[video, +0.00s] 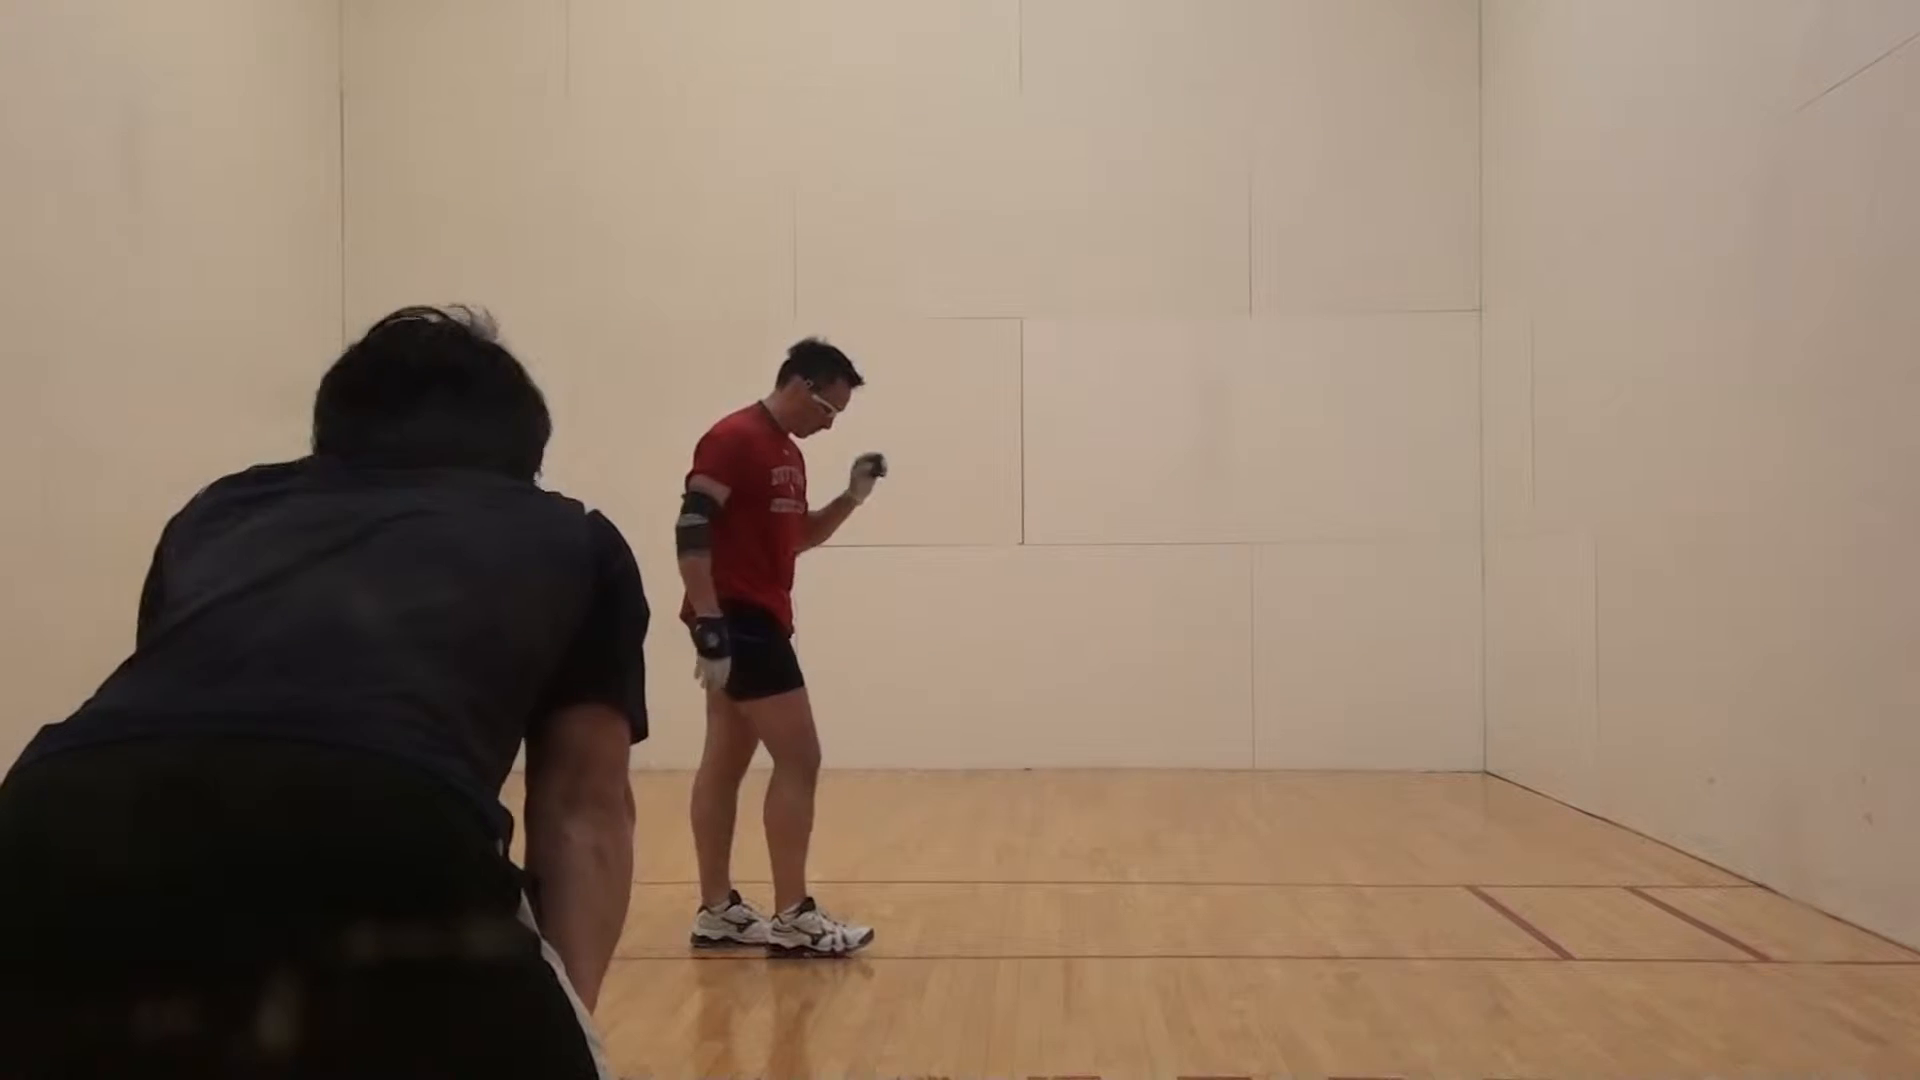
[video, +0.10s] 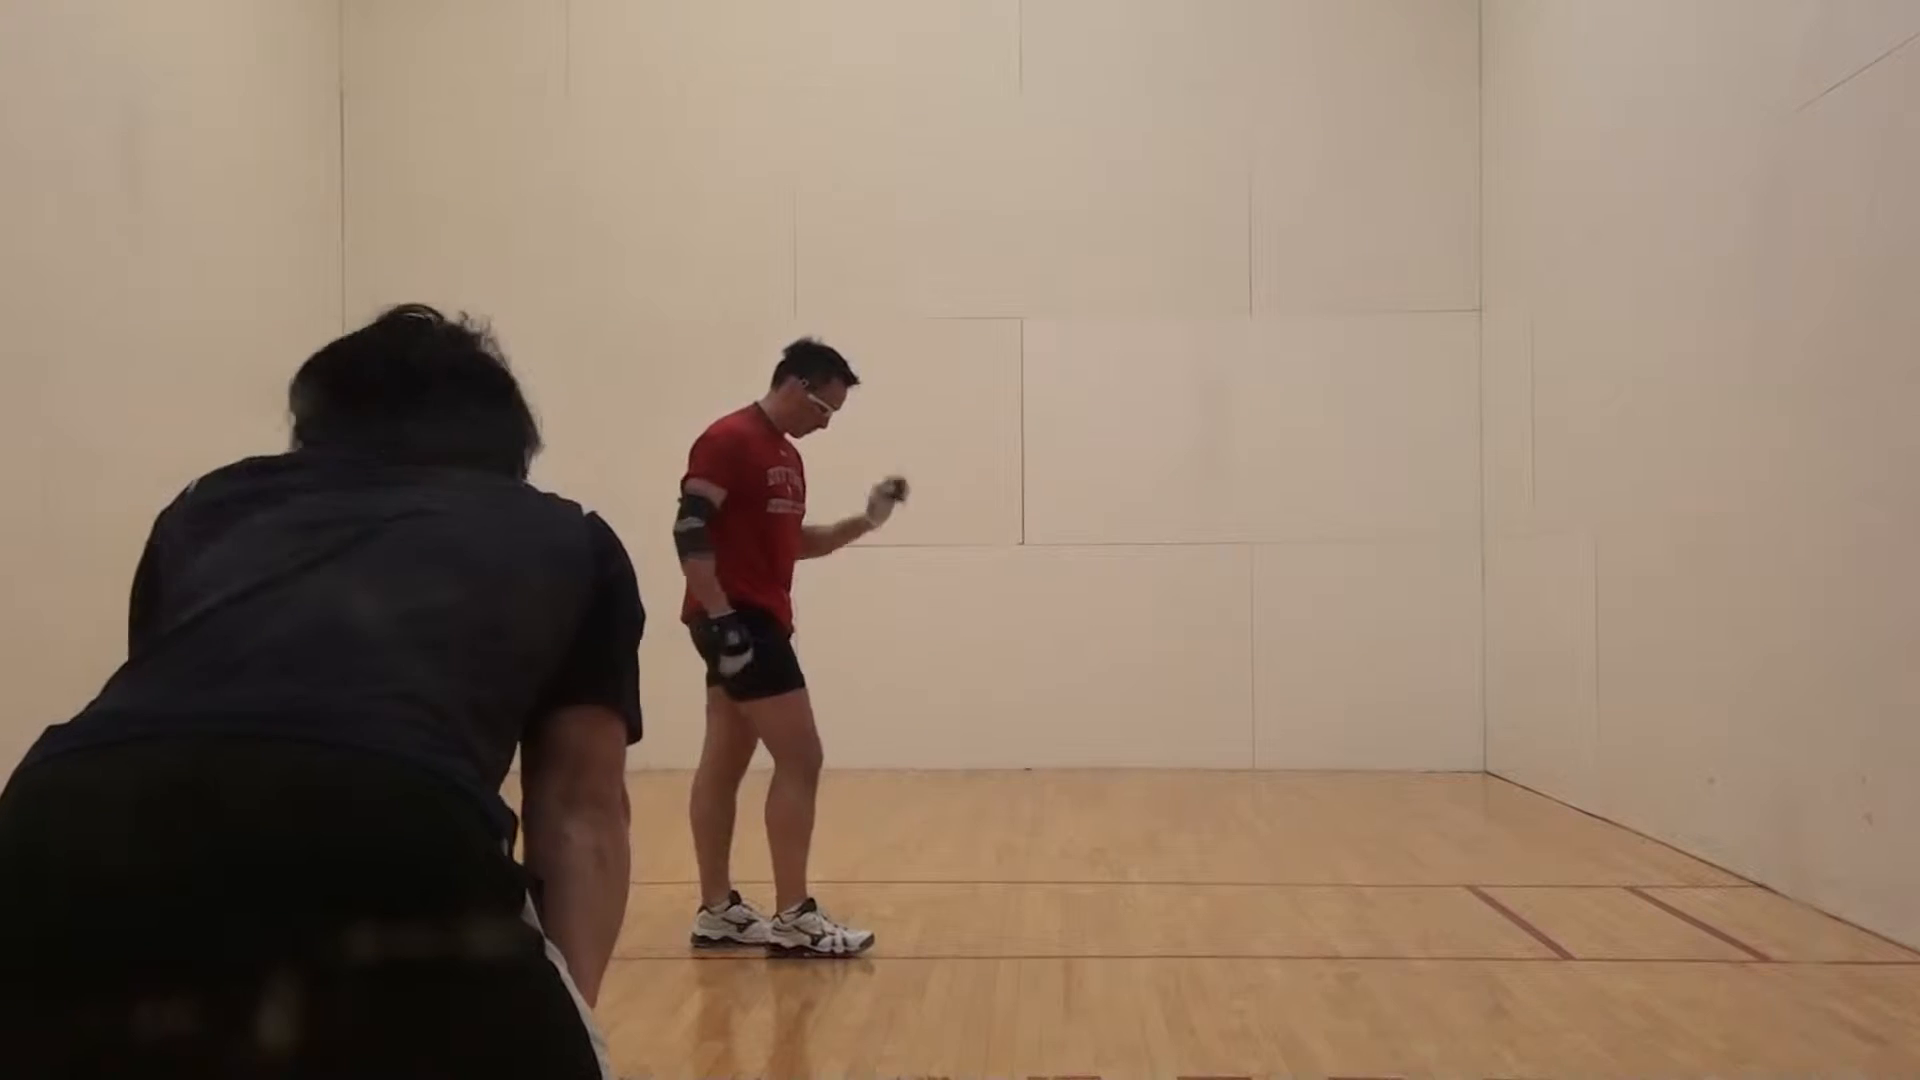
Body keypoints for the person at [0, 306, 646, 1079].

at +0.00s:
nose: (545, 480)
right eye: (535, 462)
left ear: (332, 439)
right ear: (517, 453)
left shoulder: (216, 506)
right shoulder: (573, 538)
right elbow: (584, 803)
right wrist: (560, 1026)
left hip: (66, 834)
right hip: (387, 849)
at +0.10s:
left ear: (315, 437)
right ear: (505, 445)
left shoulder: (203, 503)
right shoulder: (569, 539)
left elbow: (157, 715)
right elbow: (582, 806)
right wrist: (563, 1021)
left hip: (72, 834)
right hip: (393, 845)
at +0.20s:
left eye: (279, 425)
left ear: (302, 434)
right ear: (491, 446)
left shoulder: (194, 495)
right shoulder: (562, 538)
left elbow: (144, 709)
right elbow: (578, 808)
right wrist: (563, 1019)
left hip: (82, 833)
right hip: (401, 845)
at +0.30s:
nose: (242, 438)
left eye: (252, 423)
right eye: (243, 424)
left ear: (284, 428)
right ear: (455, 443)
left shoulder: (190, 485)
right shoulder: (556, 539)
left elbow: (126, 719)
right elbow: (574, 804)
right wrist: (563, 1017)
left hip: (98, 831)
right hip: (411, 841)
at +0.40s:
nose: (231, 434)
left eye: (242, 419)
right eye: (232, 422)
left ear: (275, 423)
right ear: (441, 447)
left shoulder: (182, 481)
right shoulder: (547, 539)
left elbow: (122, 711)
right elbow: (569, 805)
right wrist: (566, 1009)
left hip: (104, 836)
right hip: (419, 845)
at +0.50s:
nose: (218, 437)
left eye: (227, 421)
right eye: (220, 423)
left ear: (261, 420)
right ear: (432, 444)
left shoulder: (173, 484)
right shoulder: (540, 539)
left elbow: (113, 715)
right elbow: (566, 801)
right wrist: (563, 1008)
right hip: (425, 851)